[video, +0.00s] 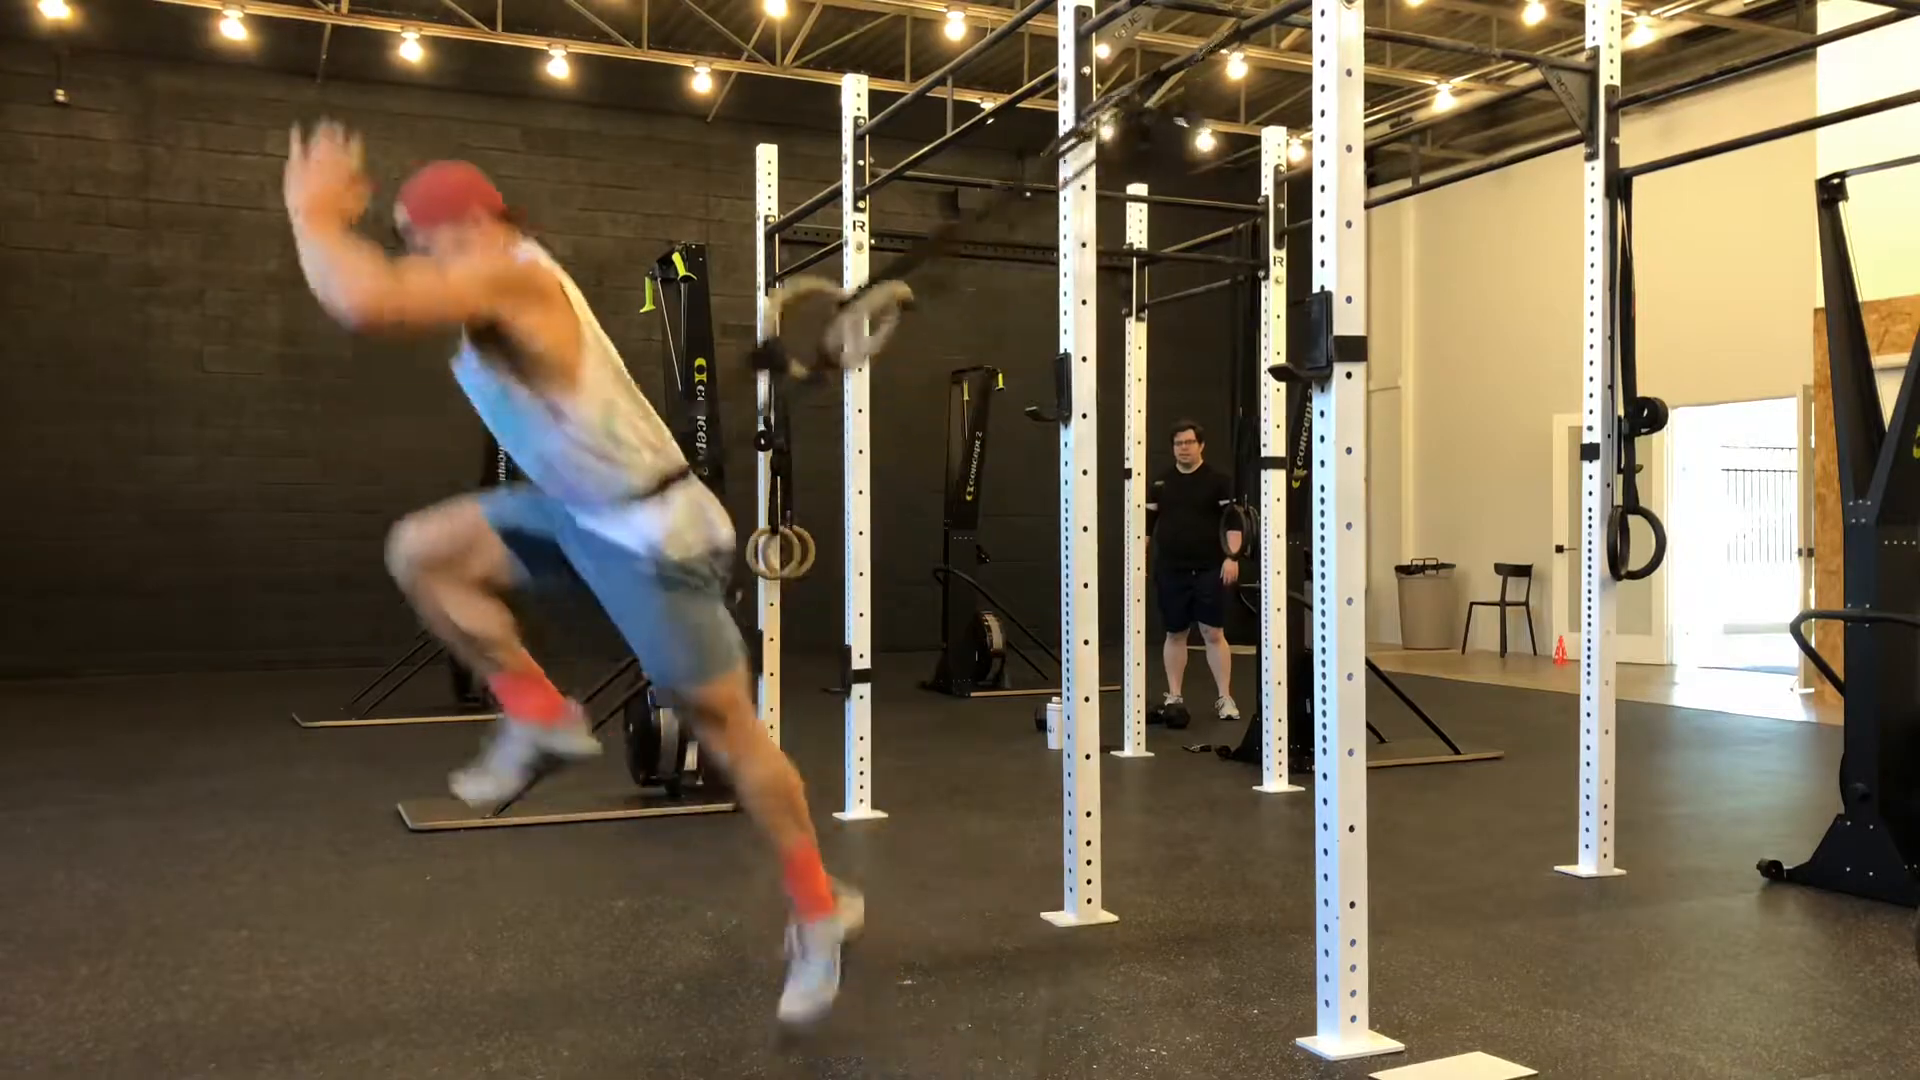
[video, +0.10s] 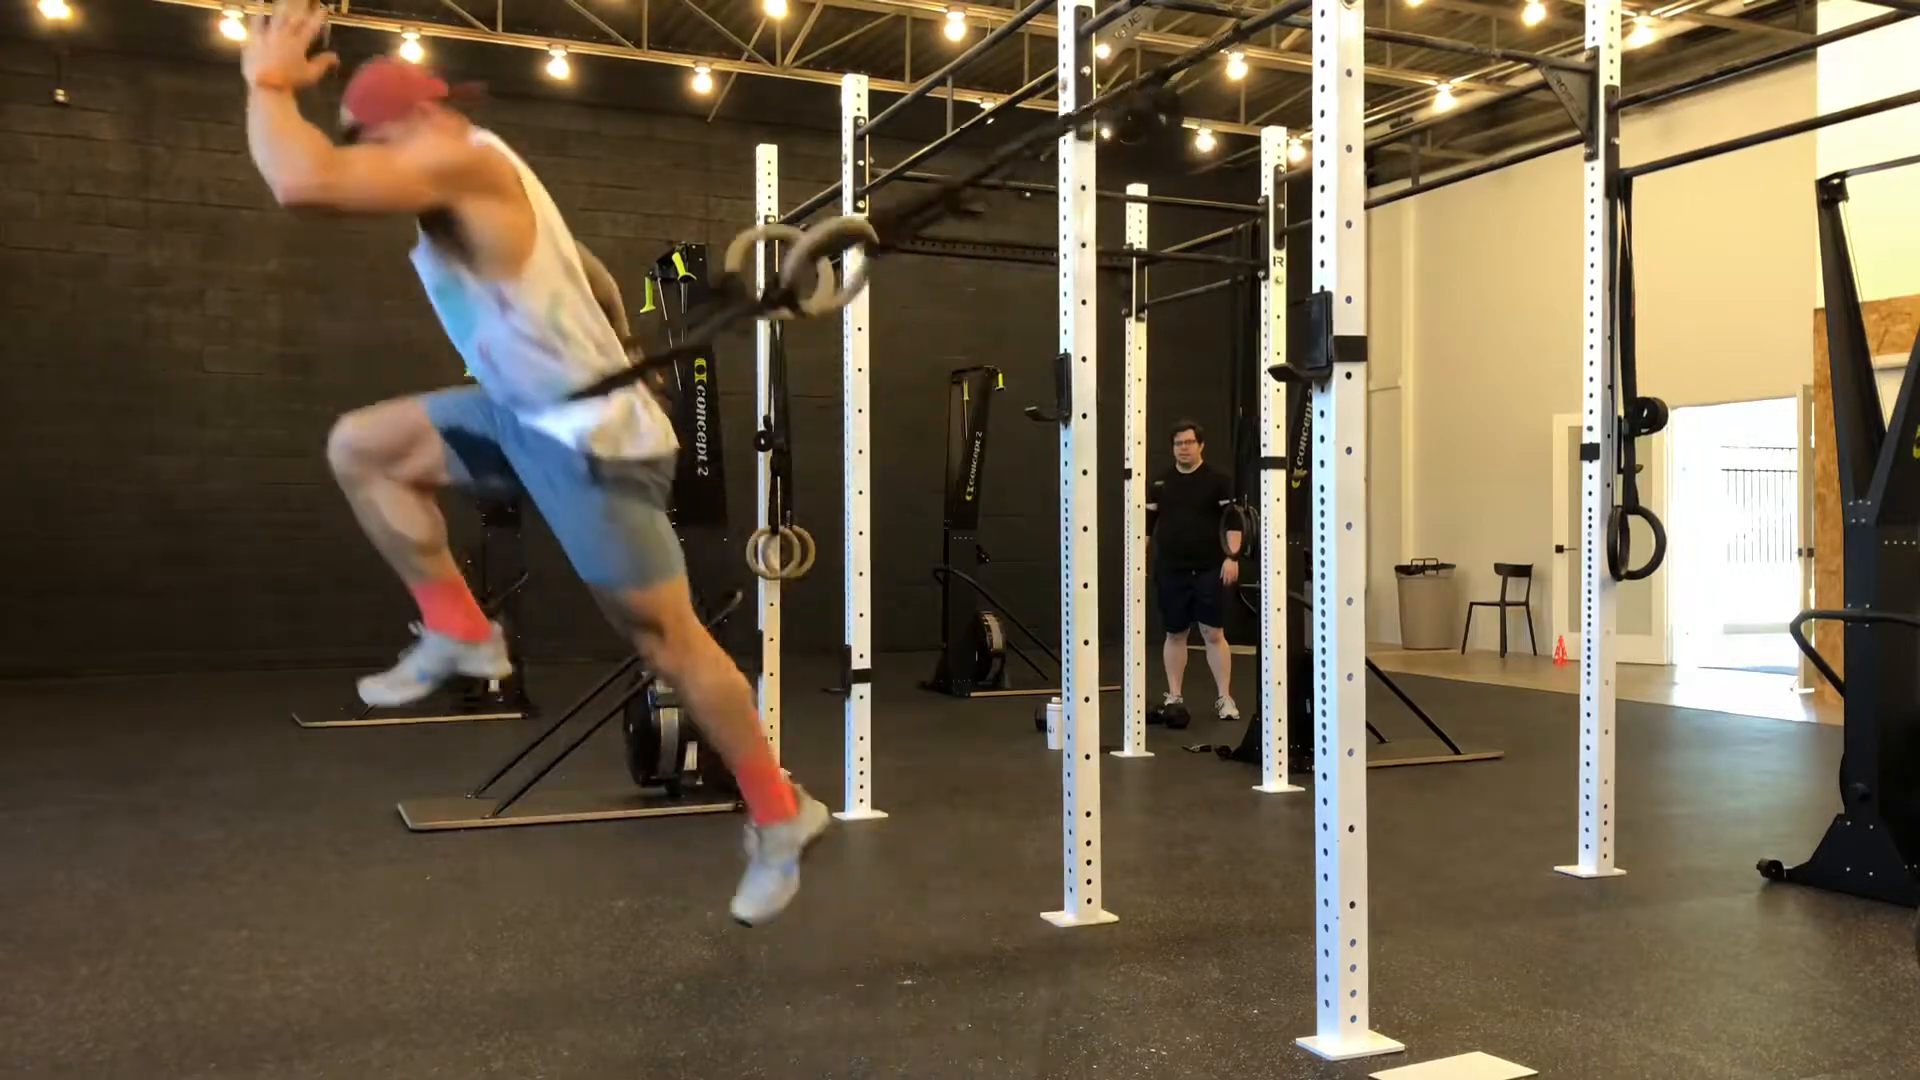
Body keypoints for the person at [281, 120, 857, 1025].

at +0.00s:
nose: (426, 258)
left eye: (431, 241)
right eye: (420, 245)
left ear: (475, 227)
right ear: (451, 234)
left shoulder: (517, 277)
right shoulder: (481, 279)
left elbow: (365, 297)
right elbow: (375, 297)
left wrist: (314, 213)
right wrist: (327, 223)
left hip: (651, 529)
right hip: (570, 508)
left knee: (731, 730)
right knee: (421, 549)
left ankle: (818, 909)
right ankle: (540, 716)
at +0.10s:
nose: (372, 153)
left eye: (376, 135)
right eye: (365, 140)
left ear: (419, 115)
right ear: (414, 117)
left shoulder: (468, 159)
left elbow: (303, 178)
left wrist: (267, 82)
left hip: (590, 429)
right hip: (519, 412)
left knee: (669, 637)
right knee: (360, 447)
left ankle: (779, 813)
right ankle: (459, 633)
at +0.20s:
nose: (349, 107)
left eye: (351, 88)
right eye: (343, 95)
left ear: (392, 68)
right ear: (402, 66)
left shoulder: (438, 113)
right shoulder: (429, 118)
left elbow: (284, 150)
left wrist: (240, 53)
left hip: (577, 387)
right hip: (507, 369)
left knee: (644, 602)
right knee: (342, 397)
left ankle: (748, 791)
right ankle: (434, 589)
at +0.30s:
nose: (350, 99)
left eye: (352, 81)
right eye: (343, 88)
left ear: (403, 58)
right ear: (402, 63)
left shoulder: (447, 102)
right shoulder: (426, 110)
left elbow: (288, 149)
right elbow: (307, 143)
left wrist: (239, 49)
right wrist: (262, 57)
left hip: (575, 371)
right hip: (503, 353)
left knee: (639, 589)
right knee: (341, 379)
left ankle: (740, 781)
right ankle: (435, 569)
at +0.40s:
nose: (379, 142)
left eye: (381, 124)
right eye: (372, 129)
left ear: (420, 98)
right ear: (420, 99)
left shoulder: (479, 143)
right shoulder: (447, 143)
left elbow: (318, 186)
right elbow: (334, 187)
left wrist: (279, 79)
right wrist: (289, 75)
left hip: (602, 402)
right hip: (523, 384)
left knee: (664, 623)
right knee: (368, 422)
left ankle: (770, 815)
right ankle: (481, 602)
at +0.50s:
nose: (422, 208)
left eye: (425, 190)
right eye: (412, 195)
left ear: (465, 162)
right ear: (439, 168)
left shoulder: (518, 212)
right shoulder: (476, 209)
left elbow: (360, 253)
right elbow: (374, 252)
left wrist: (320, 149)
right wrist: (326, 158)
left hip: (638, 458)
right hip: (555, 439)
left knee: (694, 674)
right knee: (411, 495)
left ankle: (799, 871)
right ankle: (542, 663)